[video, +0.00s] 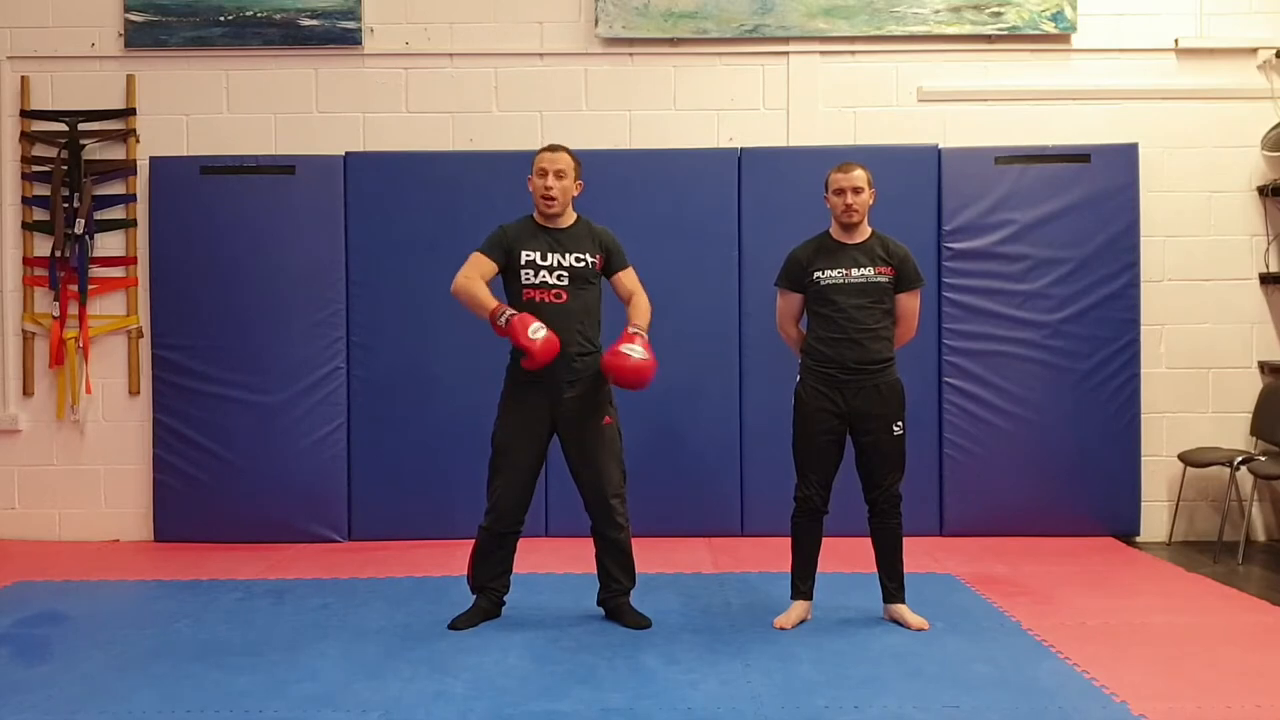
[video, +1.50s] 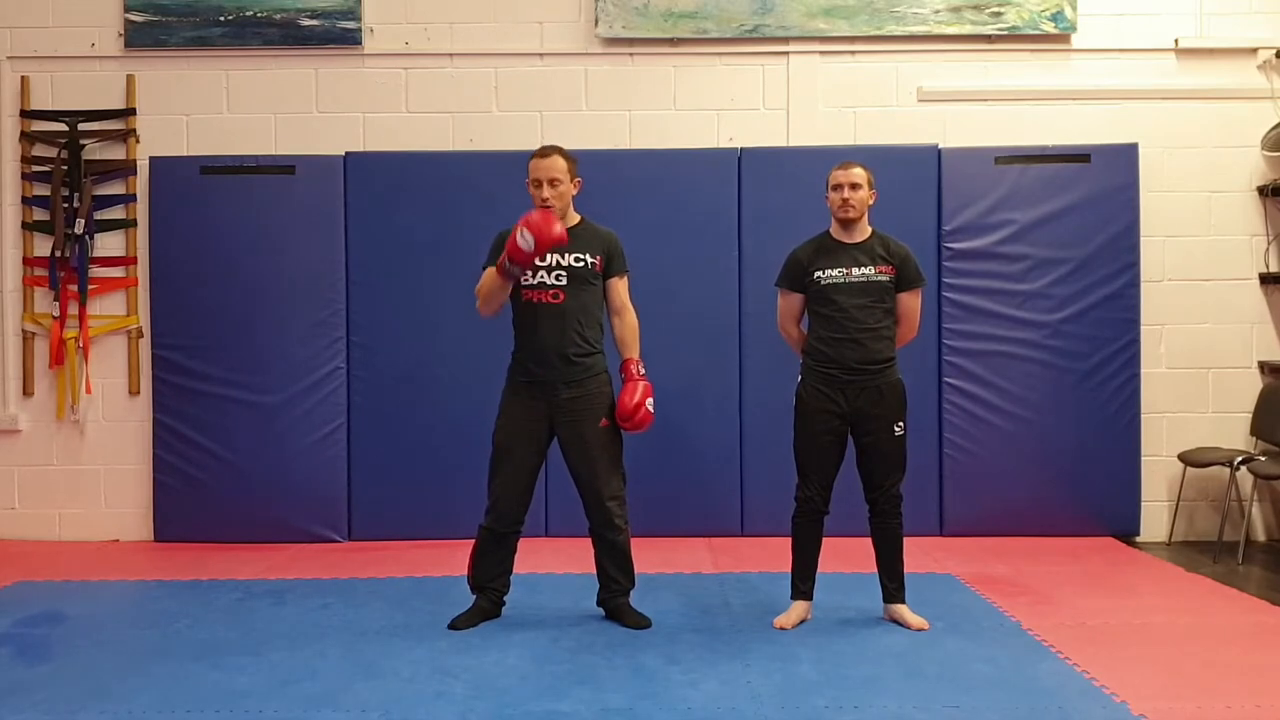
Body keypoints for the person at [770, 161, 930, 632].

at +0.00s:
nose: (848, 199)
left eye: (856, 191)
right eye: (839, 192)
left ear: (871, 196)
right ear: (827, 199)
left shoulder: (896, 256)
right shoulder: (804, 258)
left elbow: (907, 328)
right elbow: (787, 326)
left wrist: (865, 353)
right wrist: (823, 357)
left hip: (878, 391)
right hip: (819, 392)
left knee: (885, 498)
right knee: (809, 497)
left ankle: (894, 601)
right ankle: (801, 598)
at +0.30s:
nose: (847, 199)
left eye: (856, 190)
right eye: (839, 192)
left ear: (871, 196)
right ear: (827, 199)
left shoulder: (897, 256)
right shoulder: (804, 258)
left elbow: (907, 328)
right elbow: (787, 325)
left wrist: (865, 353)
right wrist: (822, 357)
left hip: (879, 392)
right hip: (819, 392)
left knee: (886, 498)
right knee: (810, 497)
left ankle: (894, 600)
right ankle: (801, 599)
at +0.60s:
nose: (846, 198)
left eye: (855, 190)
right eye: (838, 191)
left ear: (872, 196)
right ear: (827, 198)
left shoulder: (897, 256)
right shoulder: (805, 258)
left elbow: (908, 327)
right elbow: (787, 325)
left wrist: (866, 353)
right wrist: (822, 357)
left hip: (879, 392)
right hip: (820, 392)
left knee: (886, 499)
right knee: (810, 497)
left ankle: (894, 601)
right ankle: (801, 599)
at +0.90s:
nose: (846, 197)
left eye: (855, 188)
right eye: (838, 189)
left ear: (872, 196)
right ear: (828, 197)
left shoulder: (896, 255)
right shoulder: (805, 258)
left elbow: (908, 327)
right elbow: (788, 325)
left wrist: (866, 353)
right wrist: (823, 357)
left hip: (879, 392)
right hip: (820, 393)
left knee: (886, 499)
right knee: (810, 497)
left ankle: (894, 601)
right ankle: (801, 599)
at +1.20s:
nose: (846, 196)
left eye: (854, 187)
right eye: (838, 188)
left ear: (871, 195)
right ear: (827, 197)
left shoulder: (897, 256)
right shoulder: (805, 257)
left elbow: (908, 328)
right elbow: (788, 325)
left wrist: (865, 353)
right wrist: (823, 357)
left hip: (880, 392)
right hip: (820, 393)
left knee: (886, 499)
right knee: (810, 497)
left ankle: (894, 601)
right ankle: (801, 599)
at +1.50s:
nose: (845, 195)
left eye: (854, 187)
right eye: (837, 188)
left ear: (871, 195)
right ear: (827, 197)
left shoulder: (897, 255)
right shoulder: (805, 258)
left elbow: (908, 327)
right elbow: (788, 325)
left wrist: (865, 352)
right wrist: (822, 357)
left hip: (880, 392)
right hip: (820, 393)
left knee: (886, 499)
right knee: (810, 497)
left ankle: (894, 601)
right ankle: (801, 599)